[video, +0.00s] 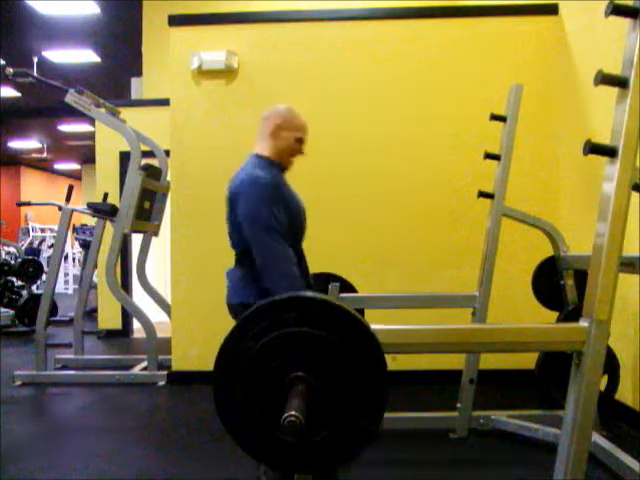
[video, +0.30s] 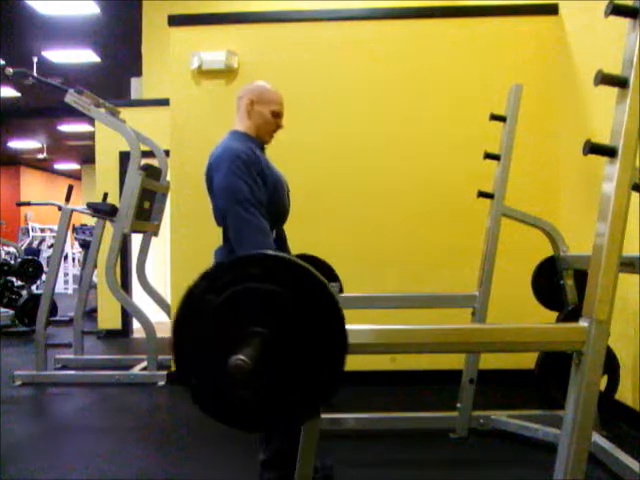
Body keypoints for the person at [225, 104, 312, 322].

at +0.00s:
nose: (302, 151)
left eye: (303, 143)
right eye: (298, 141)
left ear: (276, 134)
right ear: (276, 134)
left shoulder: (267, 178)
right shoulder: (256, 182)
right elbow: (272, 255)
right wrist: (299, 305)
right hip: (259, 299)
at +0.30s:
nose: (280, 124)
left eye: (281, 116)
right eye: (275, 115)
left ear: (252, 109)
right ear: (249, 108)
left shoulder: (250, 155)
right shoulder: (234, 156)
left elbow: (265, 230)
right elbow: (247, 231)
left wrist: (287, 281)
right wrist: (272, 290)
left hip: (270, 293)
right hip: (255, 296)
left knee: (286, 386)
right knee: (275, 389)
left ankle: (284, 465)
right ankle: (279, 466)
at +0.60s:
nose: (265, 136)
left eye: (267, 128)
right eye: (262, 126)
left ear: (243, 119)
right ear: (238, 117)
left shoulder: (233, 162)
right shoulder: (211, 161)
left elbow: (240, 238)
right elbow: (216, 241)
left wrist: (258, 293)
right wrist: (228, 300)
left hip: (241, 298)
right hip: (221, 301)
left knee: (245, 387)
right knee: (226, 389)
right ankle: (219, 464)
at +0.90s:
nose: (238, 135)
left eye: (241, 127)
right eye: (235, 125)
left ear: (216, 119)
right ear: (211, 115)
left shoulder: (204, 159)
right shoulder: (181, 158)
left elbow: (217, 234)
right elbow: (186, 238)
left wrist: (236, 281)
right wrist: (201, 293)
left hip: (218, 288)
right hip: (197, 292)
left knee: (224, 373)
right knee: (212, 375)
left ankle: (216, 457)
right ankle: (209, 459)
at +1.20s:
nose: (229, 135)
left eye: (231, 127)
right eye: (226, 125)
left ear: (207, 117)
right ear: (201, 114)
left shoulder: (192, 159)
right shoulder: (169, 161)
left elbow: (203, 239)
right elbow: (175, 245)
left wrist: (226, 285)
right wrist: (214, 294)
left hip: (200, 294)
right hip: (181, 297)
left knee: (213, 375)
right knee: (199, 378)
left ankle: (212, 455)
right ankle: (200, 460)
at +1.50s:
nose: (221, 131)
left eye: (222, 123)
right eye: (216, 121)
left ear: (192, 115)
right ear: (190, 114)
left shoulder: (187, 161)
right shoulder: (163, 163)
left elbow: (203, 240)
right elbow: (173, 247)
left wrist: (227, 284)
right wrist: (214, 295)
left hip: (200, 296)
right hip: (180, 300)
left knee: (216, 377)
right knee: (201, 380)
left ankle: (212, 459)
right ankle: (203, 462)